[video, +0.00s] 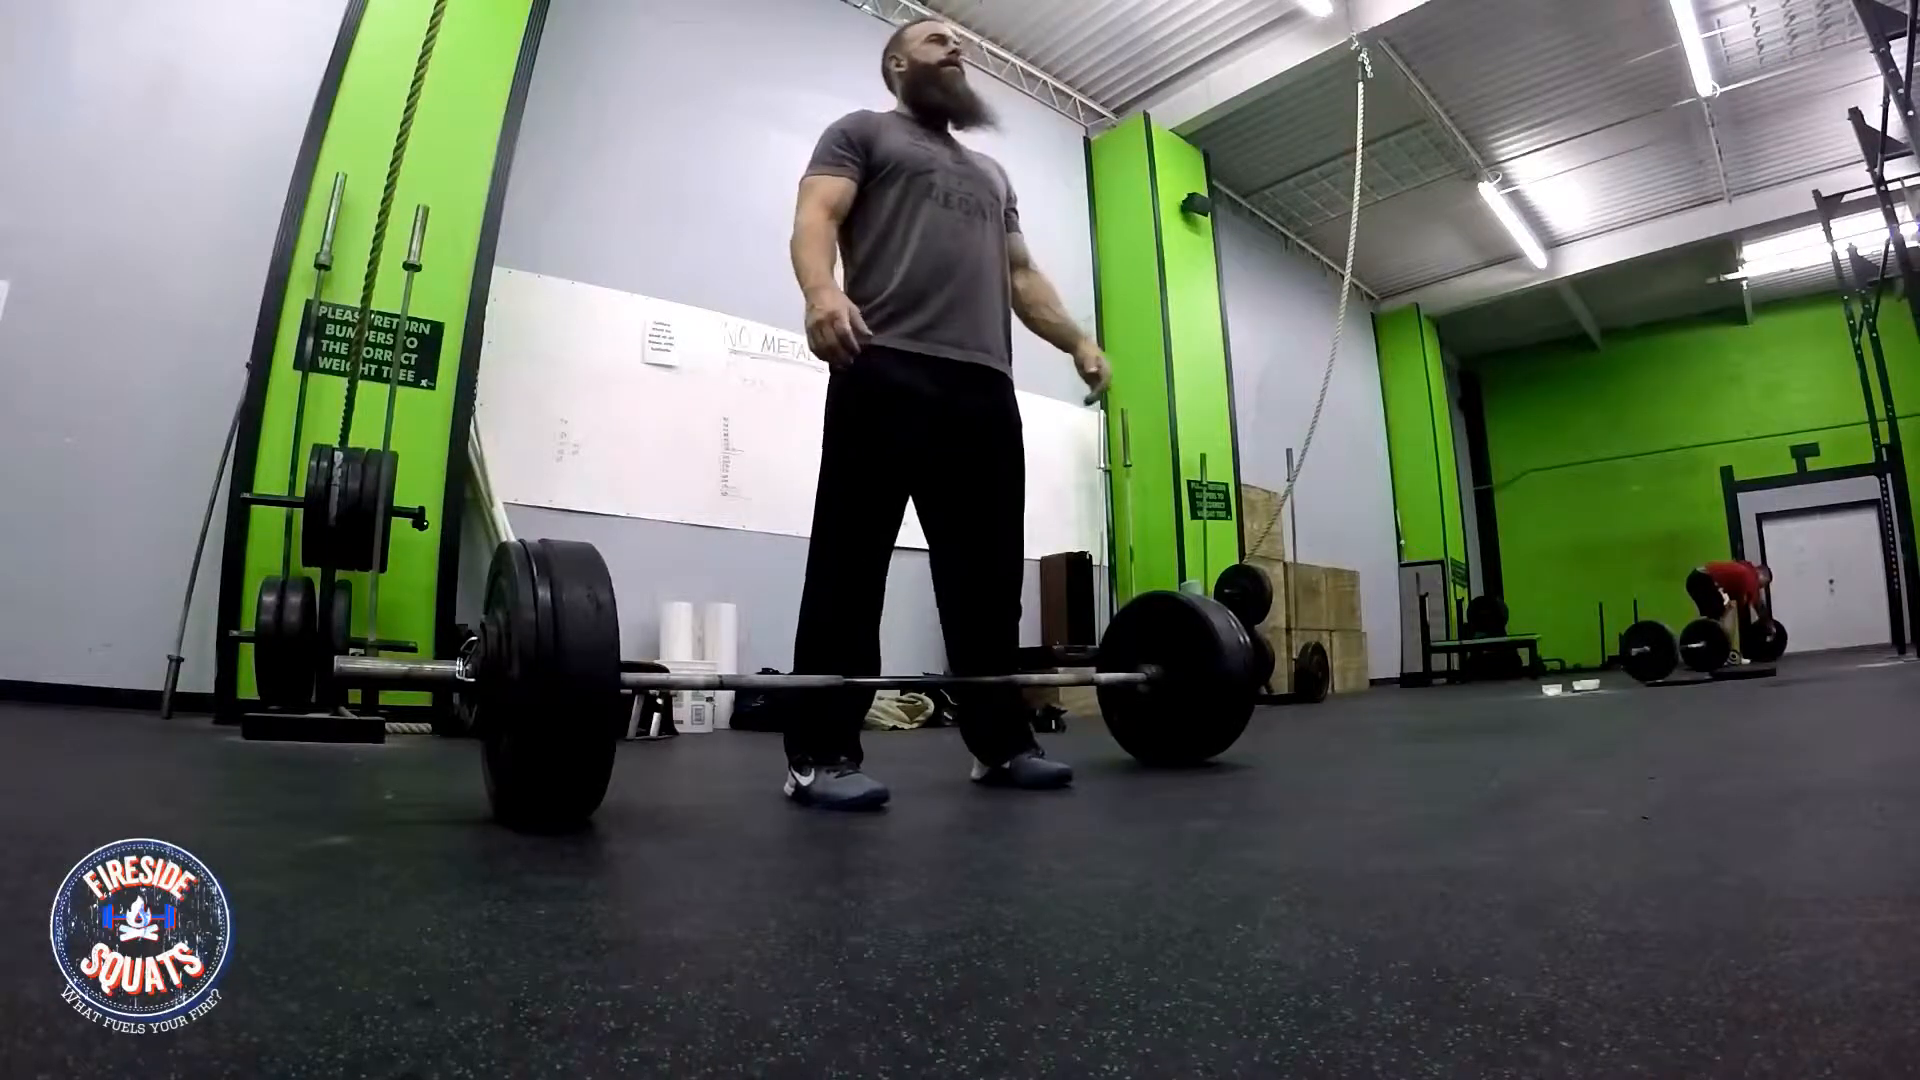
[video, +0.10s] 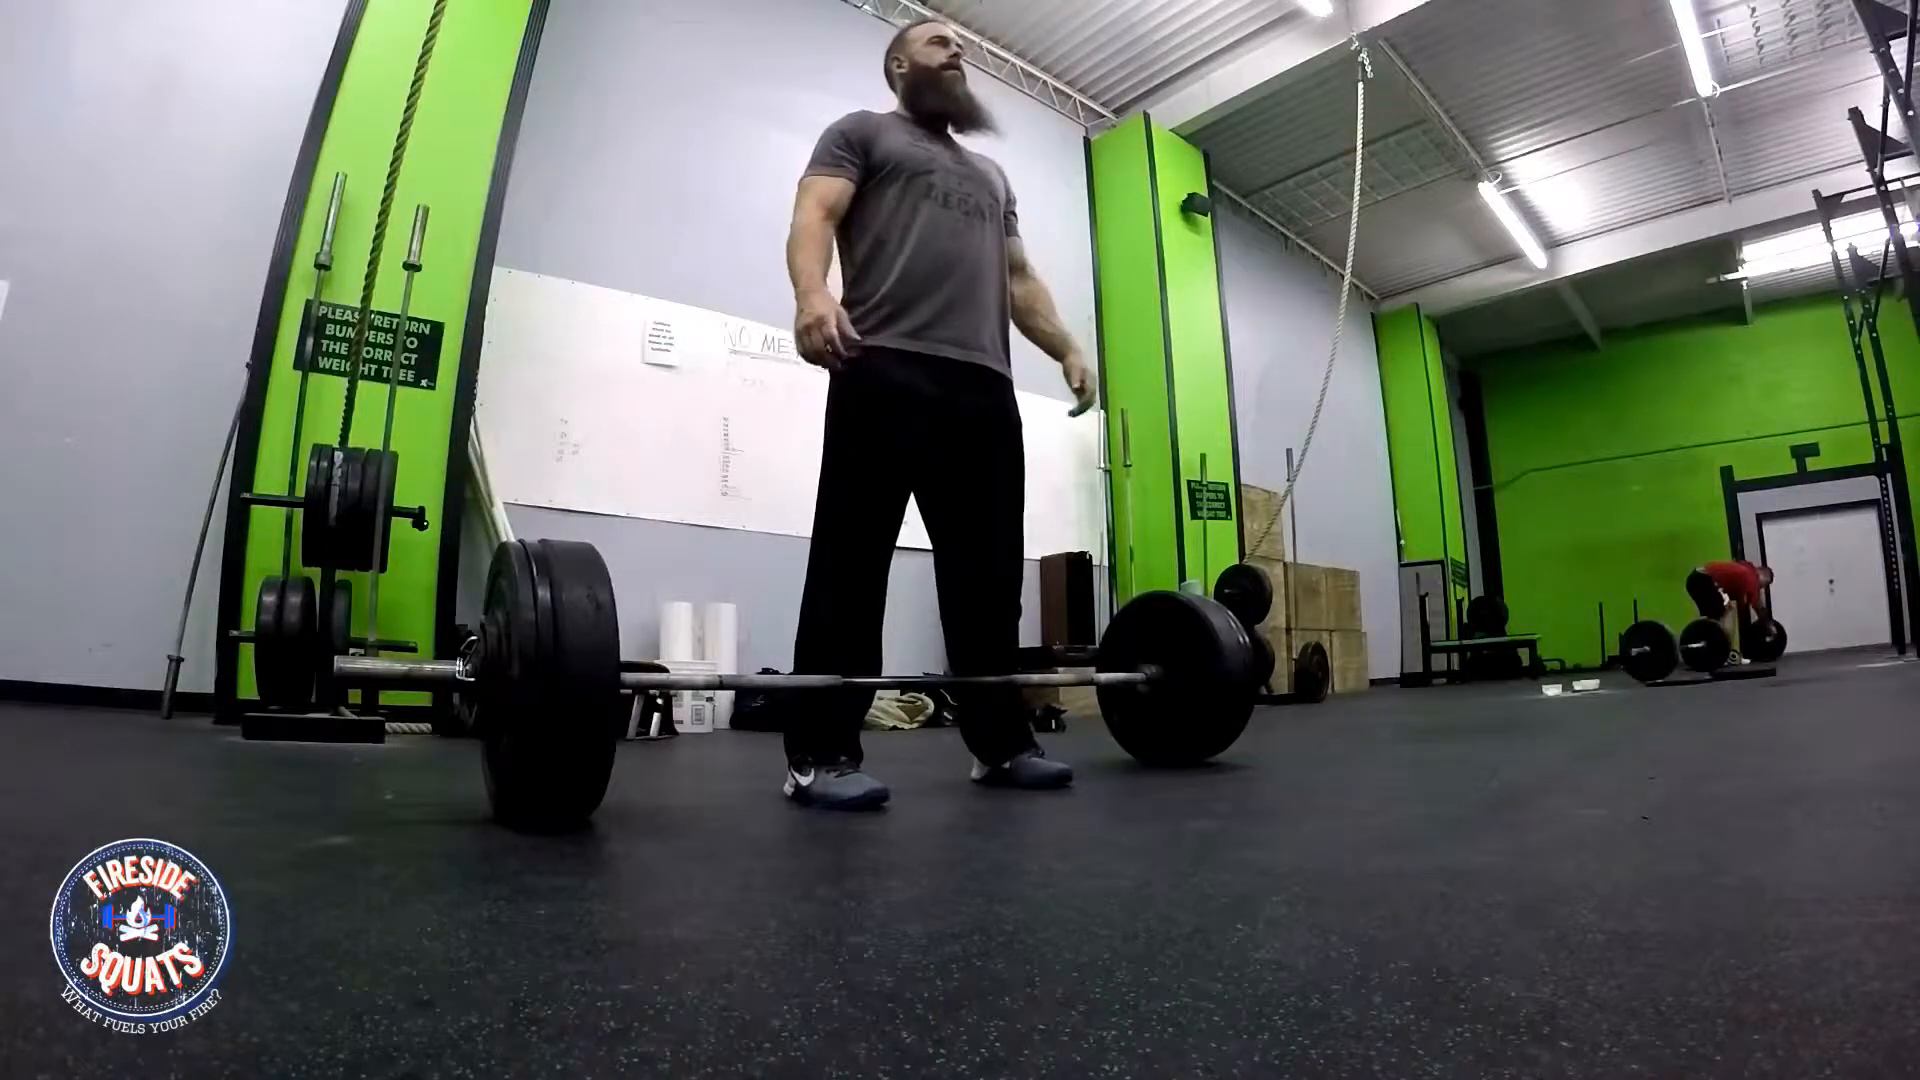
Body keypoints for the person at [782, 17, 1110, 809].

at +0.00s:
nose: (954, 46)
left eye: (960, 41)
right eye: (933, 38)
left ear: (967, 74)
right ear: (895, 67)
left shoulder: (991, 173)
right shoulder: (863, 131)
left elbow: (1022, 277)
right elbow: (817, 215)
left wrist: (1081, 341)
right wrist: (820, 290)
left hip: (980, 388)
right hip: (881, 372)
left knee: (984, 570)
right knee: (850, 565)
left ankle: (1002, 747)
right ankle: (821, 758)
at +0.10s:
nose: (955, 49)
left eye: (961, 44)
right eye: (933, 41)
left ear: (967, 75)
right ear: (896, 70)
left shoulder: (990, 174)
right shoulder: (863, 132)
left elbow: (1018, 278)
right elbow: (815, 211)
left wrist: (1069, 347)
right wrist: (811, 291)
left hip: (980, 387)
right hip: (881, 371)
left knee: (985, 571)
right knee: (850, 564)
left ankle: (1003, 746)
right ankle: (822, 756)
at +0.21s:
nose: (957, 48)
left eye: (964, 44)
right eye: (937, 40)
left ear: (971, 77)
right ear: (898, 69)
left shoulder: (991, 176)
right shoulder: (864, 132)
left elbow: (1015, 279)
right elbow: (810, 214)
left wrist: (1059, 351)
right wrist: (810, 296)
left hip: (980, 388)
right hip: (881, 372)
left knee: (986, 571)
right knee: (849, 565)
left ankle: (1003, 747)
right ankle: (821, 757)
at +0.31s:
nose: (963, 51)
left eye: (969, 47)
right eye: (944, 41)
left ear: (973, 76)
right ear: (903, 66)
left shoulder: (993, 174)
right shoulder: (868, 129)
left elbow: (1013, 278)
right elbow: (801, 220)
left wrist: (1046, 350)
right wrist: (816, 302)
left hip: (979, 388)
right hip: (879, 373)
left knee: (986, 570)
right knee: (848, 565)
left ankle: (1002, 747)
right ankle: (823, 757)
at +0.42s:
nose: (968, 54)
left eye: (975, 50)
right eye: (949, 43)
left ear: (978, 77)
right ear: (908, 66)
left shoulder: (995, 175)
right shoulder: (869, 128)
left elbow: (1011, 281)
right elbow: (798, 225)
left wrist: (1035, 353)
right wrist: (821, 311)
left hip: (979, 391)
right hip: (878, 376)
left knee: (987, 573)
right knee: (848, 566)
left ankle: (1002, 747)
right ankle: (823, 758)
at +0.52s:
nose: (970, 54)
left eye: (977, 50)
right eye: (952, 43)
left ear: (981, 77)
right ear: (913, 66)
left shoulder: (997, 171)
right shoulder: (871, 125)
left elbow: (1011, 277)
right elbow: (788, 215)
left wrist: (1033, 343)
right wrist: (819, 292)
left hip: (976, 382)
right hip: (875, 366)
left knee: (987, 564)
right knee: (846, 561)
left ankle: (1003, 747)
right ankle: (821, 759)